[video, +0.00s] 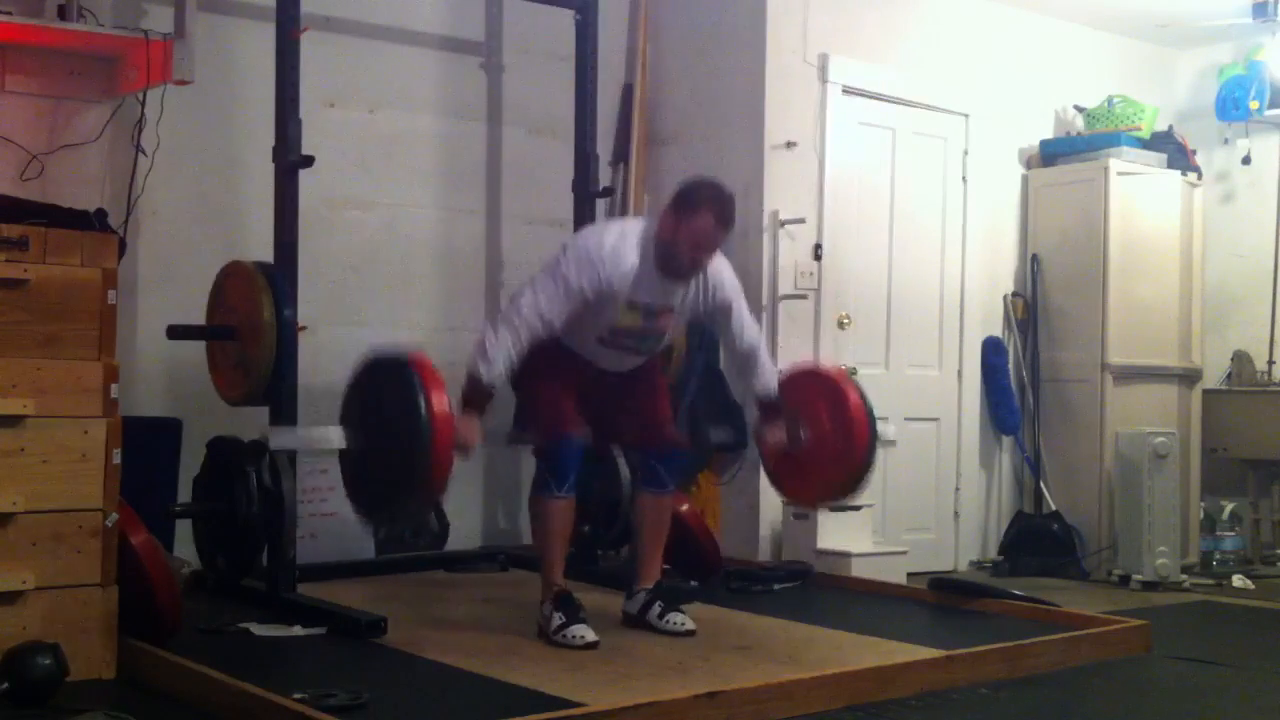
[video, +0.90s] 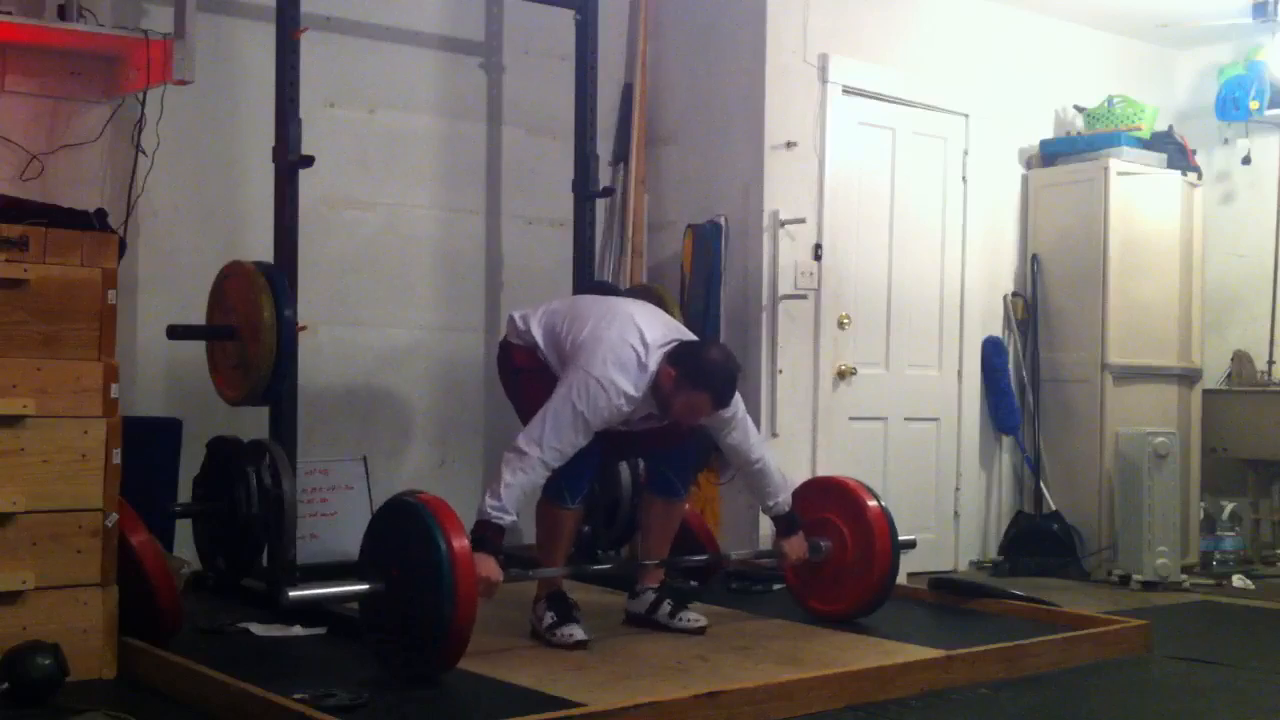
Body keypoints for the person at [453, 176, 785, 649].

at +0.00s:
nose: (699, 260)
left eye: (710, 250)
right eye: (695, 245)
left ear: (720, 244)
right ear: (668, 222)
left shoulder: (714, 275)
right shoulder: (605, 250)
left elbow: (746, 340)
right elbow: (525, 312)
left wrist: (770, 408)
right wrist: (473, 402)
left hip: (635, 368)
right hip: (561, 357)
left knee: (661, 459)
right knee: (564, 450)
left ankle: (645, 596)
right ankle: (555, 600)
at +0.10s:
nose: (700, 292)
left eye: (710, 283)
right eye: (695, 277)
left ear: (721, 277)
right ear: (671, 253)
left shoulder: (712, 300)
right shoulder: (607, 280)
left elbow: (746, 365)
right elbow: (533, 346)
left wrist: (777, 437)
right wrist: (481, 438)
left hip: (630, 357)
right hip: (550, 344)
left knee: (657, 460)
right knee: (563, 457)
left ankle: (645, 594)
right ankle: (555, 599)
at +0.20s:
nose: (700, 359)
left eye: (709, 349)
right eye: (694, 345)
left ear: (722, 337)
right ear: (672, 318)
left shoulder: (713, 343)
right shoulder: (608, 332)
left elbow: (746, 408)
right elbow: (536, 405)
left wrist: (783, 488)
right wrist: (485, 500)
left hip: (630, 371)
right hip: (543, 351)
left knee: (662, 459)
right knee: (569, 457)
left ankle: (644, 596)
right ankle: (556, 600)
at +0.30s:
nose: (698, 400)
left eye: (708, 392)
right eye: (693, 386)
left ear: (721, 376)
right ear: (671, 354)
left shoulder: (710, 375)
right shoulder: (604, 362)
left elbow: (749, 438)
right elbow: (532, 441)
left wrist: (785, 515)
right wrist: (488, 536)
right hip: (539, 355)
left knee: (668, 454)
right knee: (570, 456)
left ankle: (644, 594)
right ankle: (557, 599)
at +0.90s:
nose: (693, 423)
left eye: (703, 415)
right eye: (692, 411)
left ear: (717, 397)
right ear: (669, 379)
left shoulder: (708, 383)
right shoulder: (606, 376)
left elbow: (749, 449)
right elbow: (533, 450)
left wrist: (788, 525)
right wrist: (485, 541)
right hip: (534, 354)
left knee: (677, 452)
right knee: (576, 457)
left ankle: (647, 593)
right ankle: (549, 599)